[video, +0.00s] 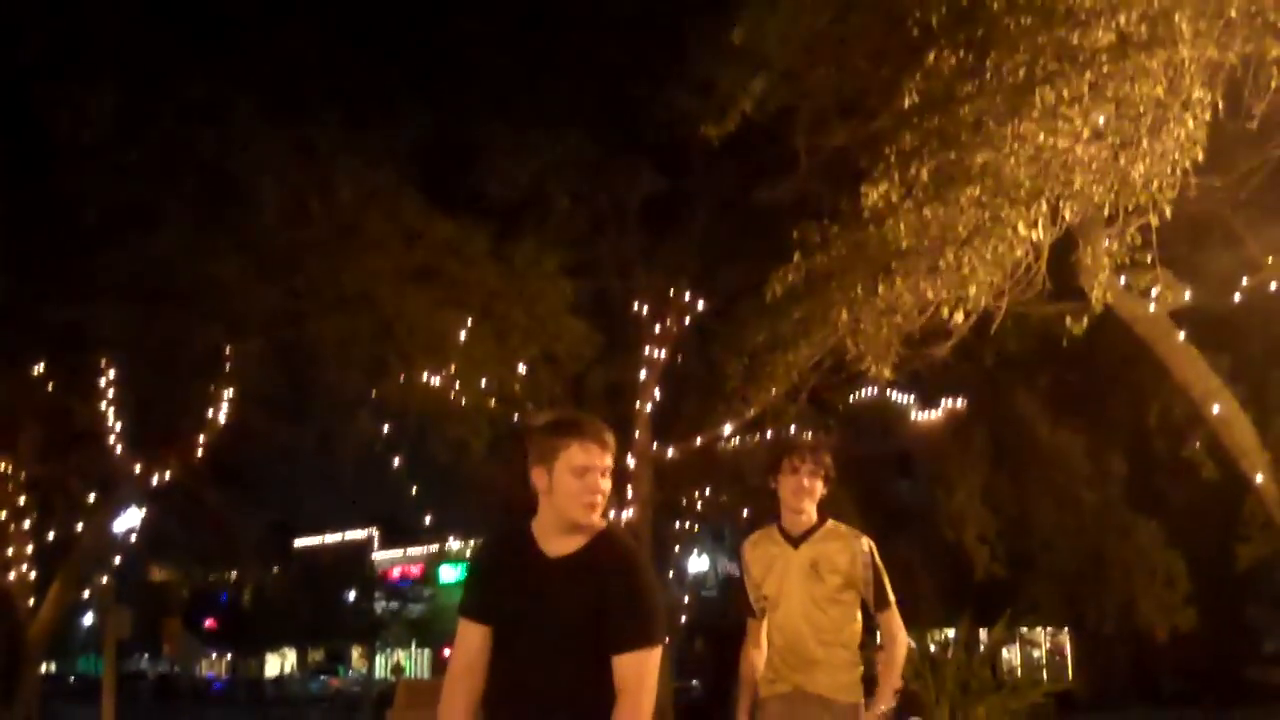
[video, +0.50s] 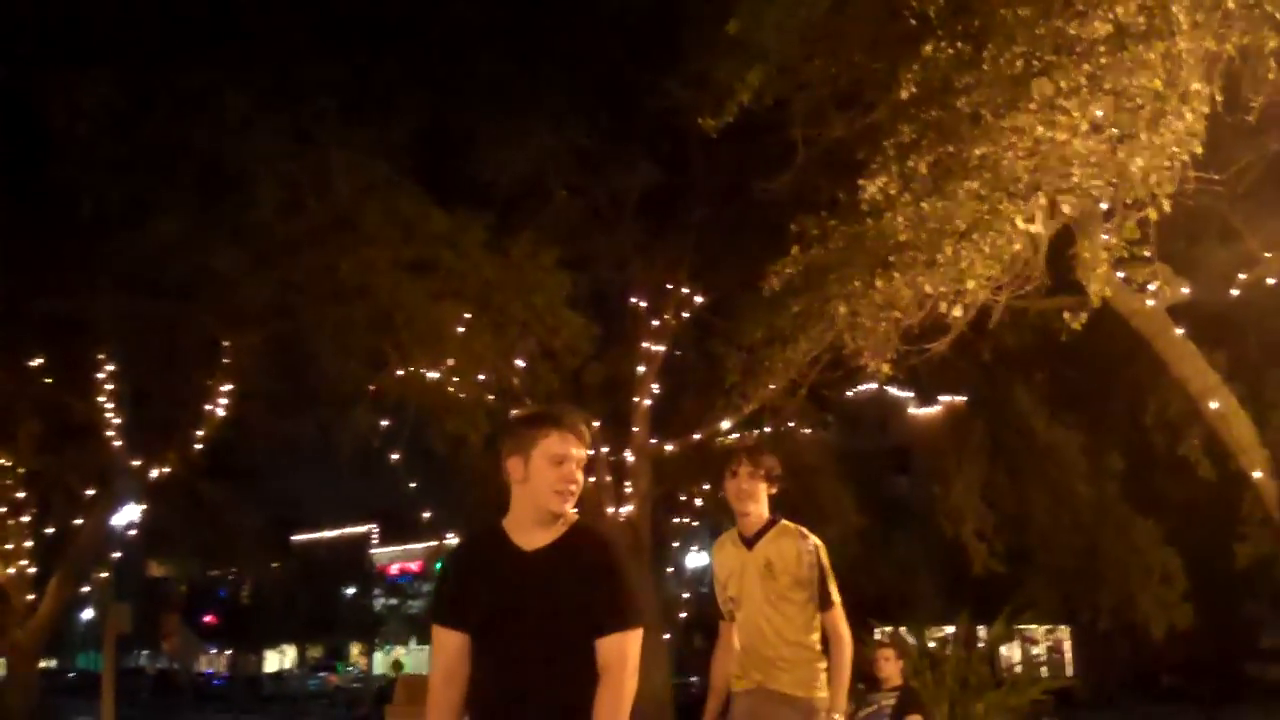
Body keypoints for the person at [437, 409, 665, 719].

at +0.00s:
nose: (599, 486)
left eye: (605, 473)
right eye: (581, 472)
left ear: (612, 478)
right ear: (540, 478)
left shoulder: (624, 567)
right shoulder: (498, 555)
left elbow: (636, 699)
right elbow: (465, 672)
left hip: (588, 711)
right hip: (506, 711)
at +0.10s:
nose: (605, 486)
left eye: (613, 475)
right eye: (590, 471)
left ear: (620, 481)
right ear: (549, 473)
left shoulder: (627, 571)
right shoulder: (501, 556)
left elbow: (637, 704)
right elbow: (470, 674)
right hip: (508, 711)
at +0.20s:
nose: (606, 487)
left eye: (614, 476)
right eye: (591, 470)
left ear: (620, 482)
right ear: (550, 470)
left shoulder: (623, 569)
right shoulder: (498, 557)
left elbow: (631, 700)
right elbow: (468, 675)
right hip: (505, 711)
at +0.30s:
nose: (601, 483)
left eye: (608, 473)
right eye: (586, 466)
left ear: (613, 481)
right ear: (543, 469)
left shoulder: (617, 564)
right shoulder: (489, 558)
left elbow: (628, 694)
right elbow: (463, 673)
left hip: (584, 712)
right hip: (500, 712)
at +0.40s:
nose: (589, 480)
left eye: (596, 470)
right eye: (573, 463)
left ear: (602, 479)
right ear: (530, 469)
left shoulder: (610, 558)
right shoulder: (483, 555)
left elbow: (623, 689)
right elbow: (454, 675)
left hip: (579, 711)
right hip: (494, 712)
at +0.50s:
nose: (574, 478)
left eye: (580, 466)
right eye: (558, 462)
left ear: (586, 473)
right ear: (514, 468)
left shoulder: (601, 558)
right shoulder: (467, 563)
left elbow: (618, 675)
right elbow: (447, 680)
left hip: (575, 711)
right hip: (490, 712)